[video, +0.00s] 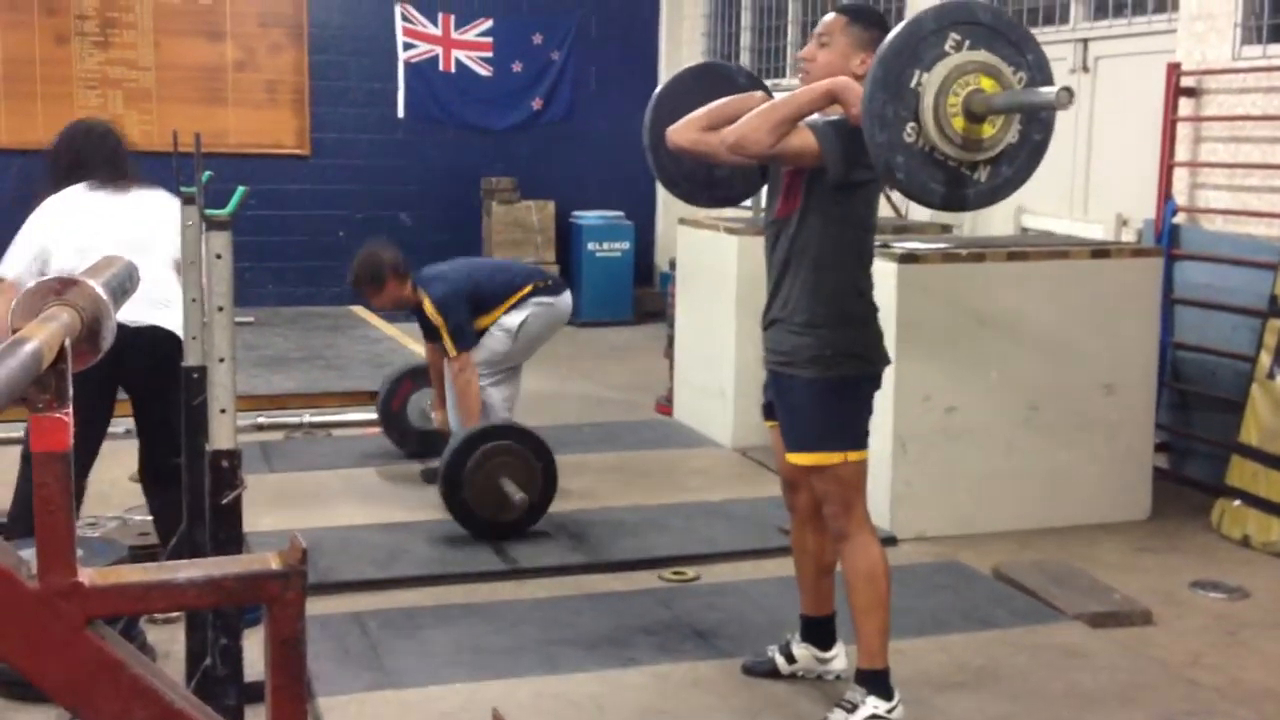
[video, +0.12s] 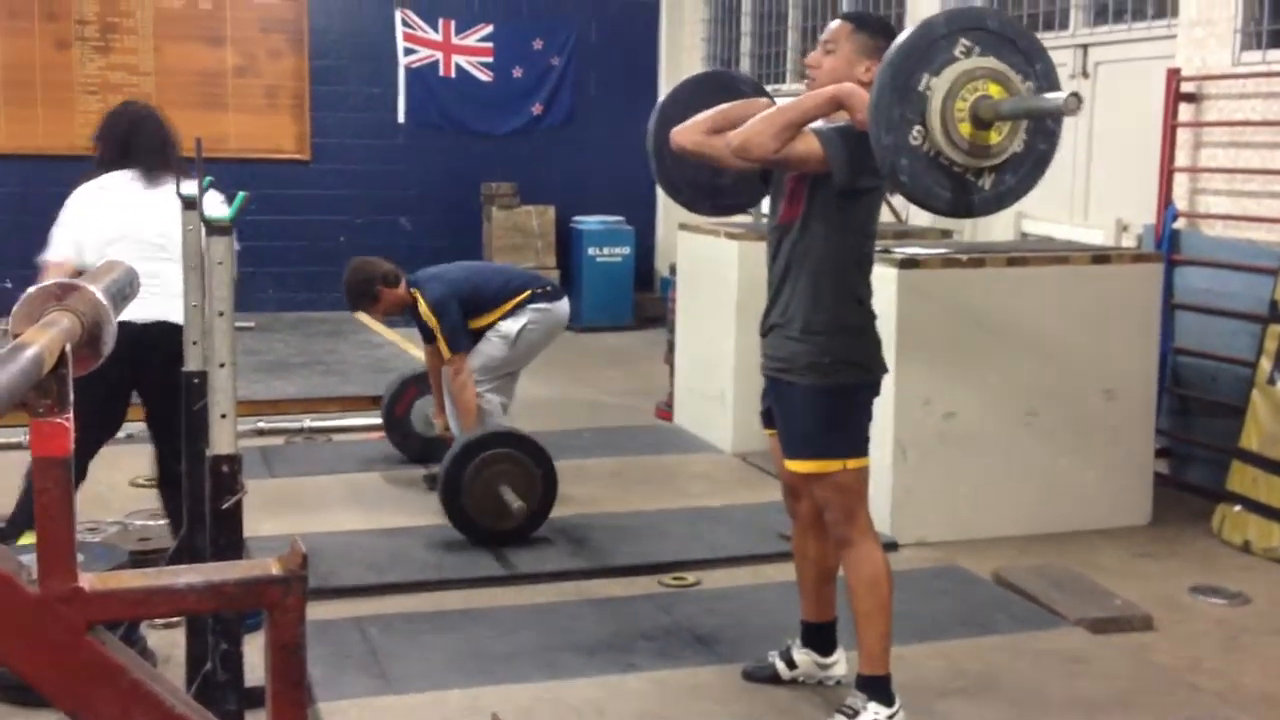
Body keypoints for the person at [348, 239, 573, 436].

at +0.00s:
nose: (372, 305)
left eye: (373, 295)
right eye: (368, 299)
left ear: (392, 281)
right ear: (395, 280)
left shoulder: (440, 294)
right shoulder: (423, 295)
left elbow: (464, 368)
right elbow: (436, 355)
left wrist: (468, 443)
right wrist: (440, 410)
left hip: (544, 300)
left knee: (464, 369)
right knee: (495, 374)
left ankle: (463, 456)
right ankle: (496, 453)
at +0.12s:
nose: (377, 316)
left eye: (373, 309)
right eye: (371, 312)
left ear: (383, 292)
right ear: (386, 287)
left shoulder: (434, 297)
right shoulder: (420, 294)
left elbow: (460, 372)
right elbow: (434, 355)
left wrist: (470, 448)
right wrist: (440, 413)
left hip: (541, 307)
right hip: (533, 306)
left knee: (469, 379)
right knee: (488, 384)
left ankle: (489, 465)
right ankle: (497, 460)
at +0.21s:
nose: (372, 319)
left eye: (369, 311)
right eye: (367, 314)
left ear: (381, 297)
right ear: (385, 292)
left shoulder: (431, 304)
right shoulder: (416, 302)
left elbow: (459, 376)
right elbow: (434, 362)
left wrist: (469, 447)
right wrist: (442, 418)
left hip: (539, 307)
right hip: (532, 306)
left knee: (469, 383)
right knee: (488, 386)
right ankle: (496, 461)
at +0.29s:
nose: (368, 322)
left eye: (365, 315)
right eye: (363, 318)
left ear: (376, 301)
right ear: (381, 296)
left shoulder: (426, 306)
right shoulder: (412, 303)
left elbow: (455, 379)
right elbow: (430, 365)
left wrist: (469, 448)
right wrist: (440, 419)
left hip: (535, 308)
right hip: (527, 306)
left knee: (466, 383)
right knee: (486, 384)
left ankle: (486, 467)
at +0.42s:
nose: (365, 329)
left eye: (361, 322)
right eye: (359, 325)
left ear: (370, 305)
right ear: (375, 298)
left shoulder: (419, 310)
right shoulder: (407, 305)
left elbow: (449, 382)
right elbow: (427, 371)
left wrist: (468, 450)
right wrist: (439, 426)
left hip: (530, 310)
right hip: (524, 308)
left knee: (463, 385)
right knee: (487, 386)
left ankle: (488, 470)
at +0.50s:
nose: (366, 333)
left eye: (361, 325)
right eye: (360, 329)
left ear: (370, 309)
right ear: (375, 299)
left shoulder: (420, 313)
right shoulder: (407, 310)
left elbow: (449, 386)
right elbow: (429, 373)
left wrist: (469, 456)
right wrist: (440, 429)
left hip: (531, 312)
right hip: (523, 311)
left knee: (465, 391)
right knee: (476, 394)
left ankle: (484, 475)